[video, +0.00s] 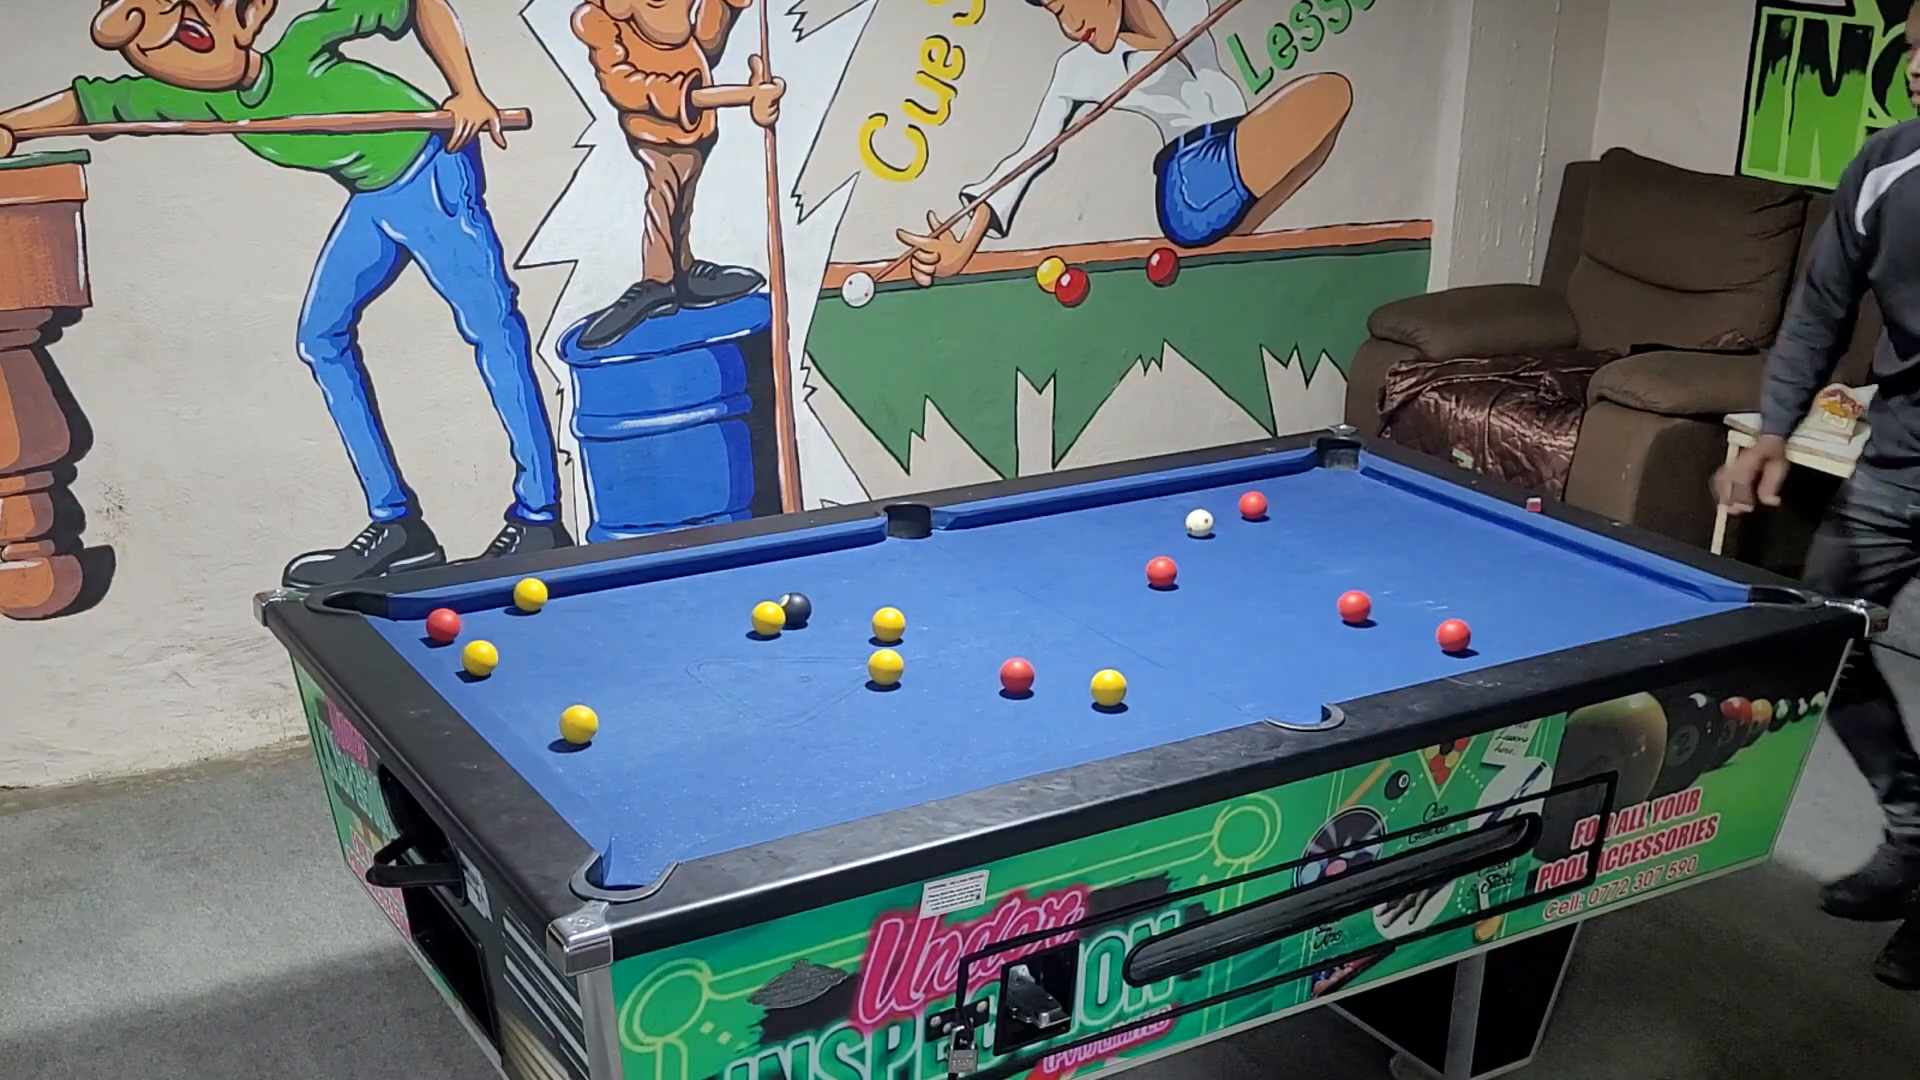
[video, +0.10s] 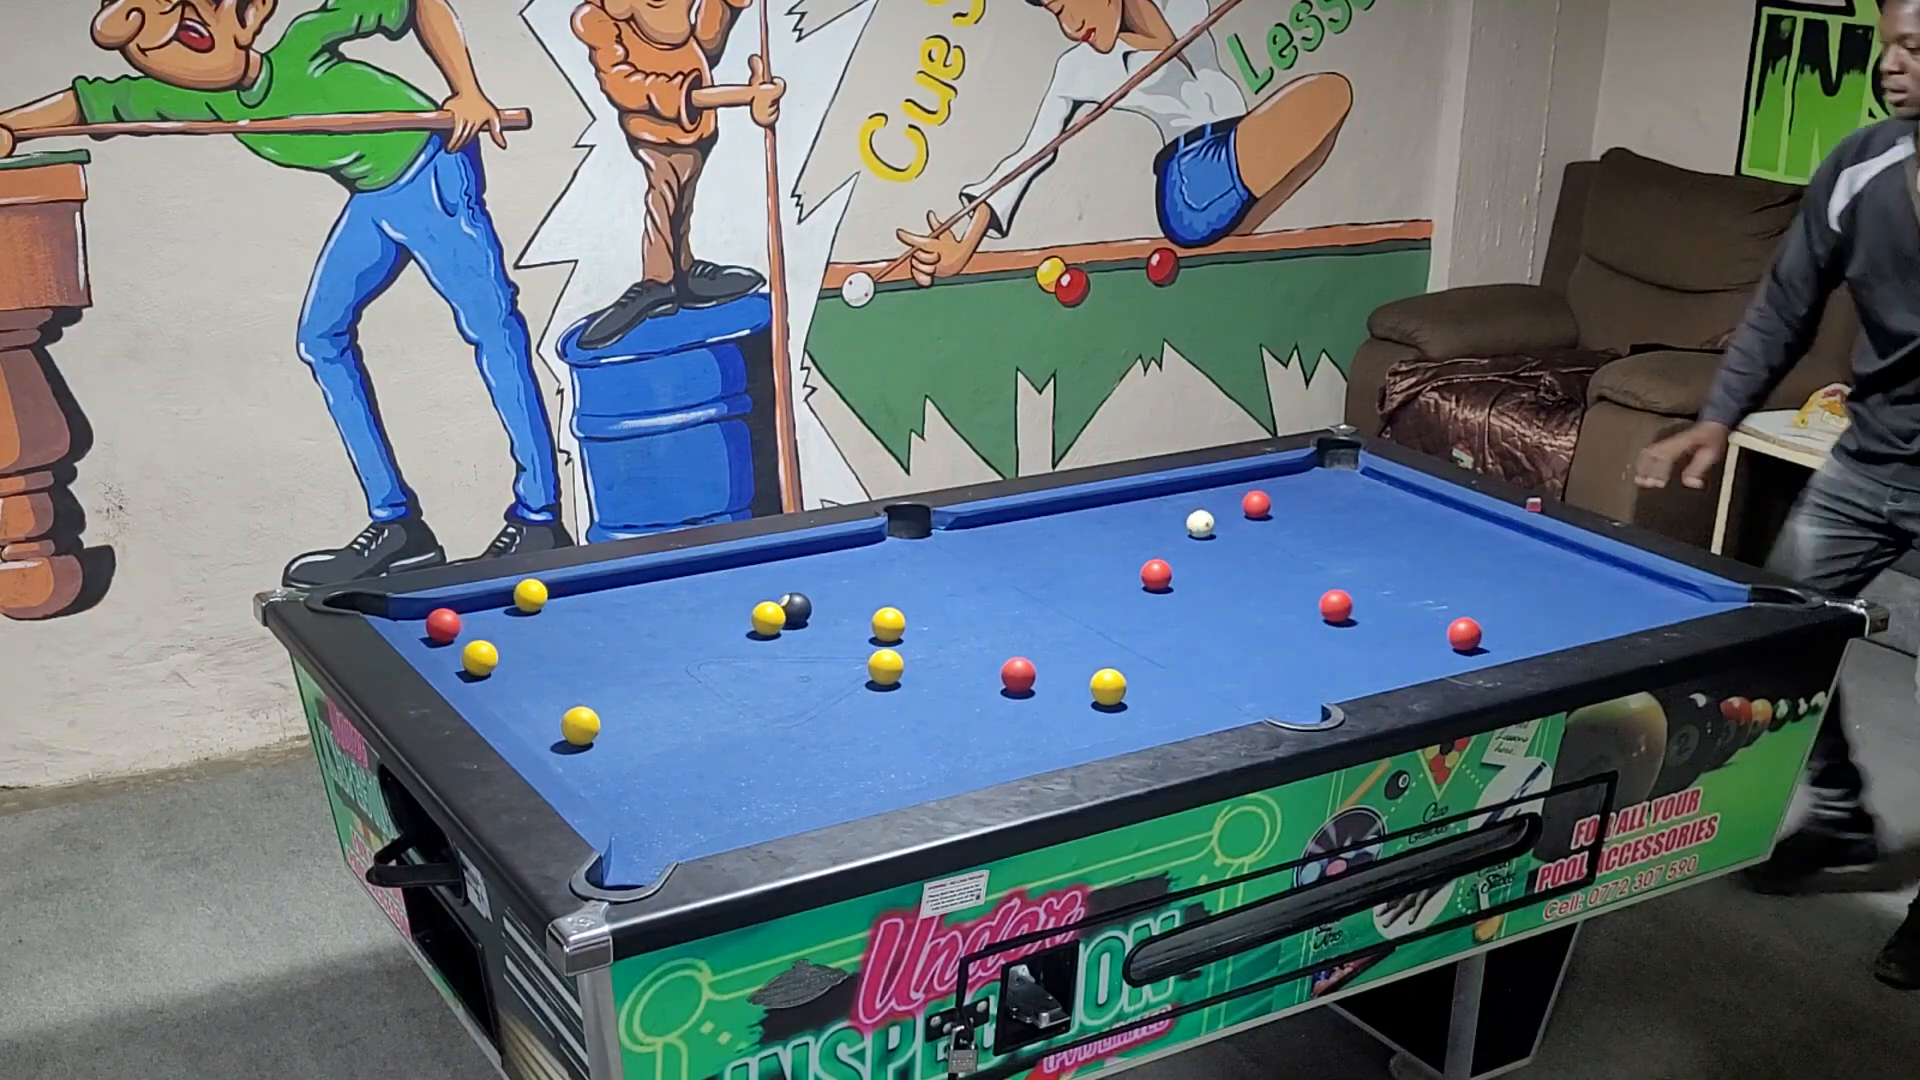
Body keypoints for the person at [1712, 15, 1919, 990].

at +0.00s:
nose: (1916, 70)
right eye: (1909, 52)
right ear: (1899, 62)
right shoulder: (1886, 164)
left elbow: (1819, 305)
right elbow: (1820, 306)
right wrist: (1772, 431)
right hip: (1900, 459)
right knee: (1820, 625)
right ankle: (1910, 820)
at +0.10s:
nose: (1892, 61)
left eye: (1909, 44)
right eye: (1885, 44)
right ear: (1877, 54)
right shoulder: (1861, 166)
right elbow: (1786, 298)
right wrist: (1718, 416)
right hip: (1876, 452)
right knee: (1782, 609)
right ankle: (1839, 809)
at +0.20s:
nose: (1851, 63)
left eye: (1874, 42)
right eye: (1845, 44)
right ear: (1841, 52)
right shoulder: (1821, 170)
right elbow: (1744, 300)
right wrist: (1668, 411)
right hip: (1839, 453)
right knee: (1741, 638)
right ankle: (1712, 824)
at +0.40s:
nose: (1736, 79)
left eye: (1758, 59)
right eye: (1728, 60)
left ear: (1824, 57)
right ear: (1719, 66)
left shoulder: (1903, 153)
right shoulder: (1705, 193)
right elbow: (1649, 330)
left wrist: (1915, 420)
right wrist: (1596, 444)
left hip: (1881, 462)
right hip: (1754, 454)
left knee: (1896, 685)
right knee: (1693, 654)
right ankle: (1677, 840)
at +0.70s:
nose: (1633, 65)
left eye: (1656, 45)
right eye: (1623, 46)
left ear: (1714, 43)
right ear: (1614, 46)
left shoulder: (1813, 129)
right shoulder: (1606, 176)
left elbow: (1868, 278)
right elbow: (1569, 316)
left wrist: (1862, 419)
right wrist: (1552, 434)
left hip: (1784, 440)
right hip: (1660, 436)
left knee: (1765, 642)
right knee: (1644, 636)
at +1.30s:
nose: (1623, 26)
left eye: (1646, 9)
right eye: (1613, 8)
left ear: (1696, 15)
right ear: (1602, 13)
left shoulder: (1758, 119)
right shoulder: (1565, 116)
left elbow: (1773, 264)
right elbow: (1528, 233)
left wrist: (1746, 385)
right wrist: (1550, 328)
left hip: (1682, 395)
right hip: (1572, 383)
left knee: (1640, 578)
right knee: (1546, 562)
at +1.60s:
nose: (1549, 13)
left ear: (1618, 7)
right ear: (1534, 7)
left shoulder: (1684, 112)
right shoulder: (1502, 105)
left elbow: (1710, 252)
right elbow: (1475, 215)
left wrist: (1686, 371)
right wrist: (1483, 294)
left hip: (1607, 386)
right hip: (1498, 373)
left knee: (1590, 564)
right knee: (1433, 519)